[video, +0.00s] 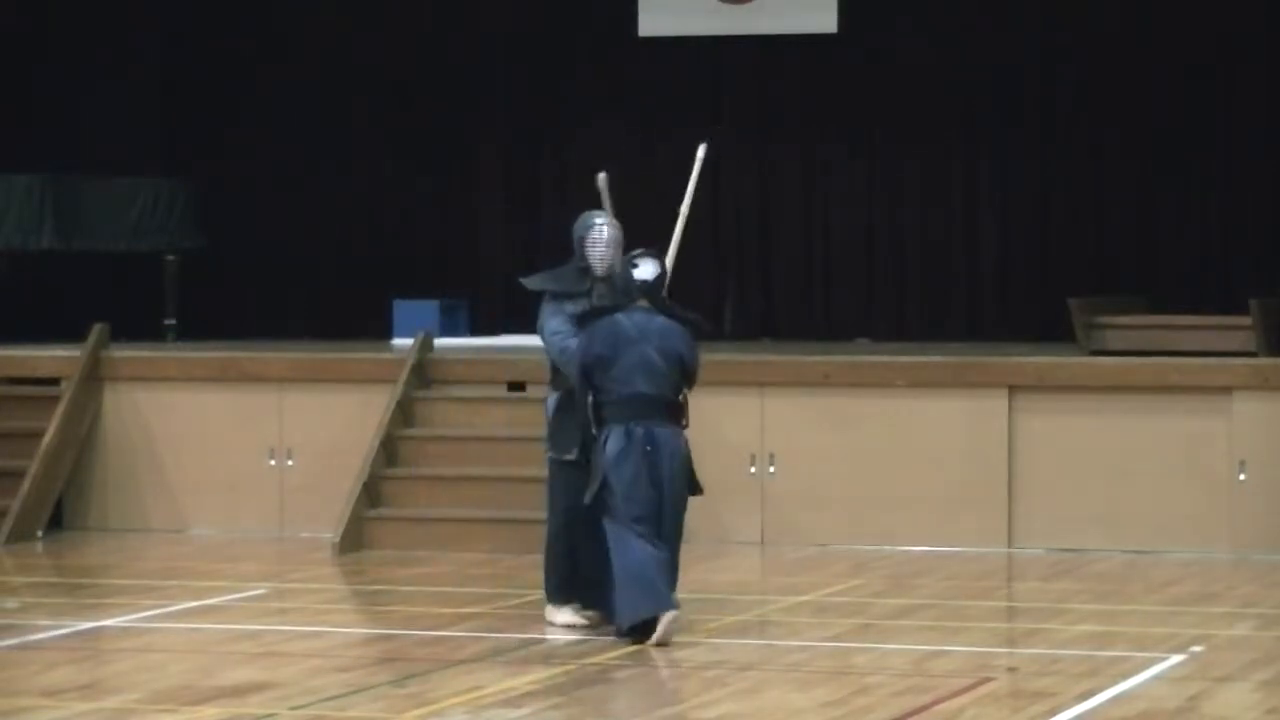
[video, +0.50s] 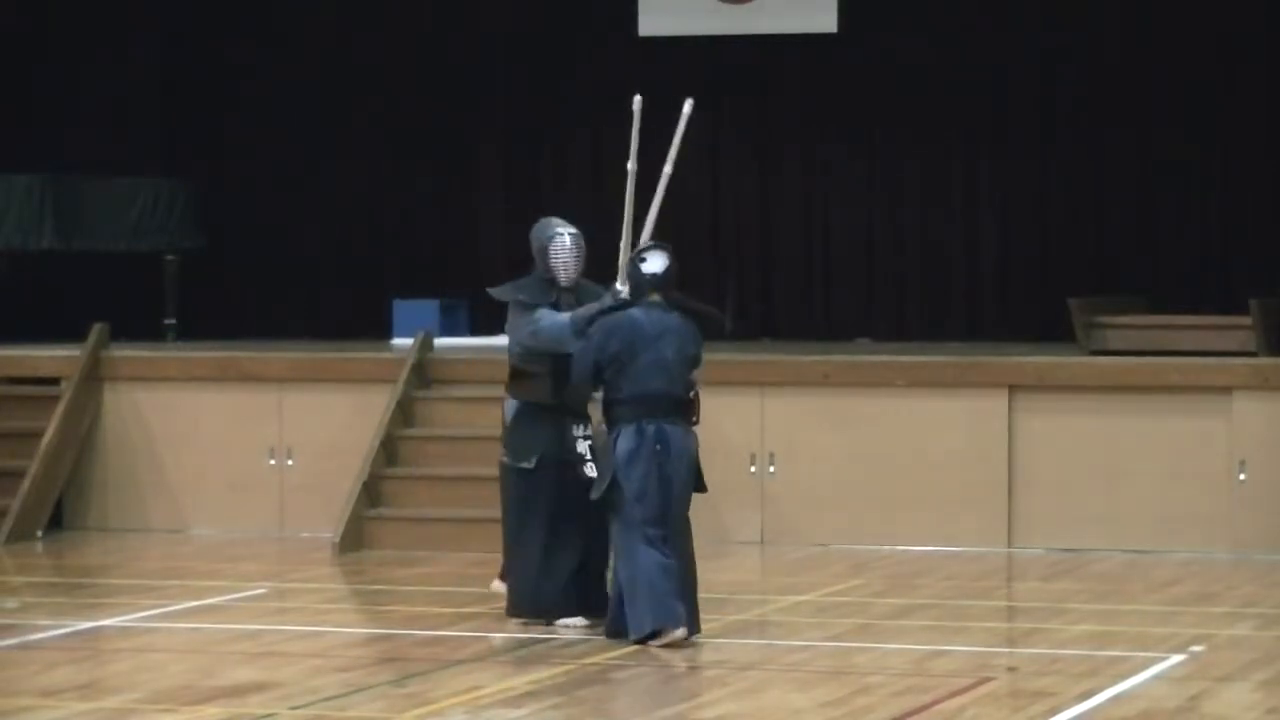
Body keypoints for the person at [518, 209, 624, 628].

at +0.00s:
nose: (602, 251)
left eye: (609, 243)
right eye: (595, 243)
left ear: (620, 247)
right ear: (581, 246)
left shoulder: (634, 290)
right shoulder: (560, 295)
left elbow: (671, 332)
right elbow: (569, 353)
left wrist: (652, 296)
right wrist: (605, 366)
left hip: (621, 410)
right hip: (573, 409)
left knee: (611, 506)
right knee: (569, 507)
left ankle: (605, 599)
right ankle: (560, 600)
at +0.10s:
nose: (597, 251)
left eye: (603, 243)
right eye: (589, 244)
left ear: (615, 247)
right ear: (575, 249)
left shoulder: (630, 292)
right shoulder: (558, 293)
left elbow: (647, 337)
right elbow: (559, 342)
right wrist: (599, 365)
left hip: (617, 409)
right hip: (569, 410)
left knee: (611, 507)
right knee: (569, 508)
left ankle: (608, 602)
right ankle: (562, 604)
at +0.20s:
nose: (593, 251)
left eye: (600, 243)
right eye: (584, 244)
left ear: (613, 248)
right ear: (571, 250)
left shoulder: (625, 294)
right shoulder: (553, 297)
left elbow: (642, 339)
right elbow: (566, 349)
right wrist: (608, 363)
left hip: (611, 416)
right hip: (561, 417)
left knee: (604, 511)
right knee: (561, 512)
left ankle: (602, 602)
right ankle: (559, 605)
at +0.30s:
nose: (589, 260)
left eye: (596, 251)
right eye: (580, 252)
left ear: (607, 256)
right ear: (565, 257)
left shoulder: (619, 297)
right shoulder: (546, 300)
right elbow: (557, 342)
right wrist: (606, 350)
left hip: (603, 417)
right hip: (551, 419)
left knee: (601, 510)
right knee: (555, 513)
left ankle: (602, 602)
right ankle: (561, 607)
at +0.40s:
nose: (577, 261)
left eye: (584, 252)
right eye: (569, 252)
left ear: (595, 255)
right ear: (552, 256)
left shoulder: (608, 302)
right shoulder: (534, 300)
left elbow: (622, 342)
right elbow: (540, 335)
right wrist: (599, 340)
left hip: (595, 418)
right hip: (545, 419)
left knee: (594, 511)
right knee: (550, 511)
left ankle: (593, 604)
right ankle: (556, 608)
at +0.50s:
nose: (567, 259)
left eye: (574, 250)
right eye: (559, 251)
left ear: (583, 255)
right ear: (541, 254)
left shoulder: (593, 298)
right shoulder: (524, 301)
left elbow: (618, 333)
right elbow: (548, 332)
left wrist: (635, 298)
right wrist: (609, 303)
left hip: (578, 415)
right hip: (535, 415)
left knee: (586, 509)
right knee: (541, 508)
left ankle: (584, 603)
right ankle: (546, 605)